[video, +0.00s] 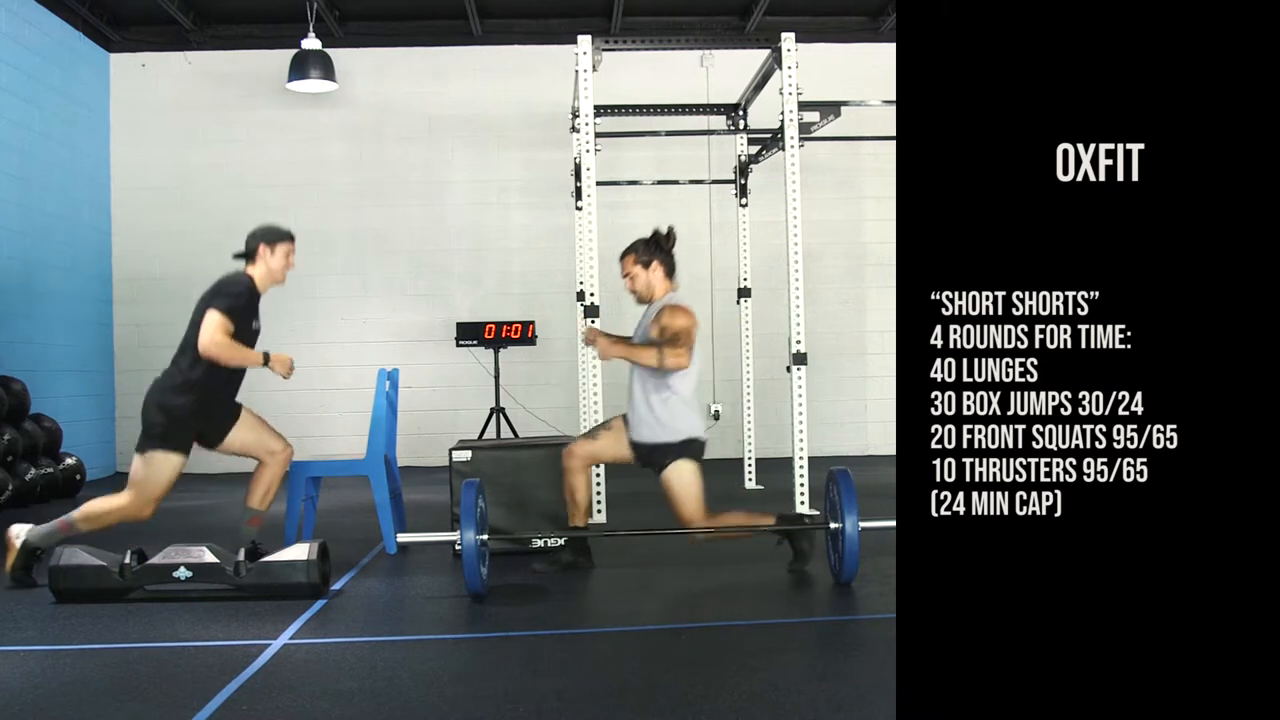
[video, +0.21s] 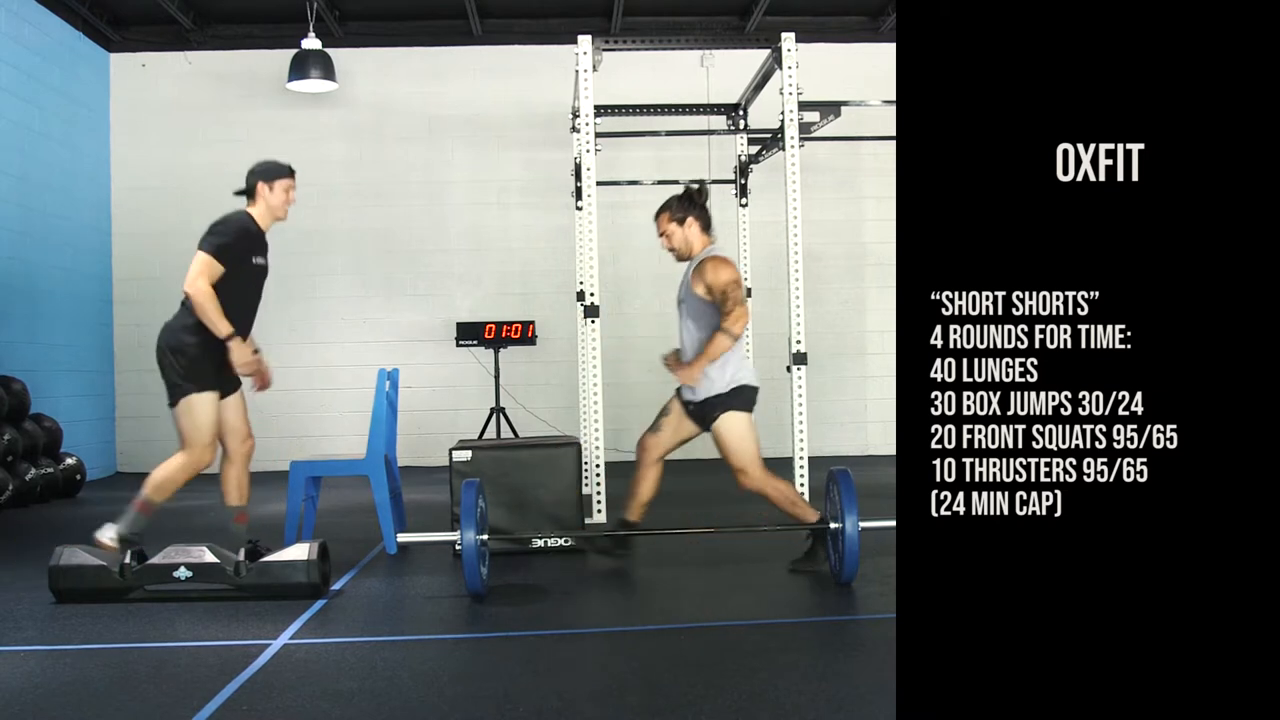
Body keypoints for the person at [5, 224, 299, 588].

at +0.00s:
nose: (292, 262)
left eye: (293, 254)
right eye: (287, 254)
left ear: (267, 255)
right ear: (263, 252)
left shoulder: (248, 296)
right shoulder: (235, 288)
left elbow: (212, 358)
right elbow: (211, 343)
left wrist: (206, 422)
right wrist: (268, 359)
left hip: (211, 407)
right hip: (177, 405)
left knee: (278, 452)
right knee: (139, 504)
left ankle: (246, 548)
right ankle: (31, 539)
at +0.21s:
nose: (293, 199)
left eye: (293, 191)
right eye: (288, 190)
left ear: (271, 192)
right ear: (262, 190)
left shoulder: (256, 238)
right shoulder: (234, 228)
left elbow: (233, 304)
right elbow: (196, 285)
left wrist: (252, 355)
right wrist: (233, 341)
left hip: (215, 348)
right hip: (188, 344)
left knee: (240, 444)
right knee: (200, 452)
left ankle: (241, 548)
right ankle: (121, 532)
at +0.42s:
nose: (283, 188)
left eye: (285, 181)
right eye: (277, 180)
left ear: (265, 182)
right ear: (252, 178)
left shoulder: (259, 231)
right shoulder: (220, 225)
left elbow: (255, 292)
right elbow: (179, 285)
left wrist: (292, 332)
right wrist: (197, 343)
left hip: (228, 350)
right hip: (201, 349)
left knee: (239, 446)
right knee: (226, 448)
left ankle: (240, 543)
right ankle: (227, 549)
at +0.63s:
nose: (281, 198)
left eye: (284, 190)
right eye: (277, 189)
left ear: (262, 188)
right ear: (252, 184)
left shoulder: (254, 232)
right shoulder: (220, 228)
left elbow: (253, 290)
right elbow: (179, 290)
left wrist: (289, 323)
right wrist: (200, 353)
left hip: (219, 351)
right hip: (190, 352)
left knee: (245, 445)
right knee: (225, 451)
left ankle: (210, 537)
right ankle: (227, 553)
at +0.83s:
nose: (281, 242)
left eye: (284, 234)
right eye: (277, 232)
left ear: (259, 230)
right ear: (252, 226)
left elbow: (256, 328)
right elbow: (155, 324)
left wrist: (275, 357)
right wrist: (179, 380)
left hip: (205, 385)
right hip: (181, 384)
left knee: (188, 487)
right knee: (255, 454)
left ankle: (101, 520)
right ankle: (235, 555)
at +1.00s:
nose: (279, 270)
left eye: (282, 263)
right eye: (276, 261)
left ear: (253, 257)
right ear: (250, 255)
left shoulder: (249, 296)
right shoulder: (204, 294)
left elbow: (237, 349)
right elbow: (153, 354)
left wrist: (258, 390)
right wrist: (177, 411)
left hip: (193, 399)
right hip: (167, 398)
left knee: (165, 503)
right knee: (252, 453)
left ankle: (74, 536)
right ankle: (235, 554)